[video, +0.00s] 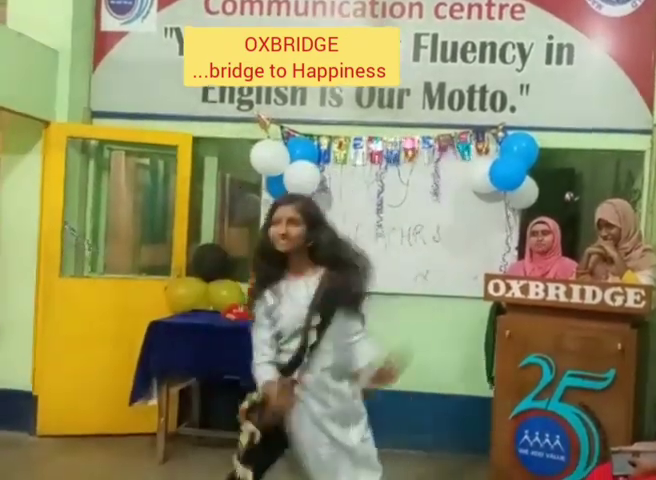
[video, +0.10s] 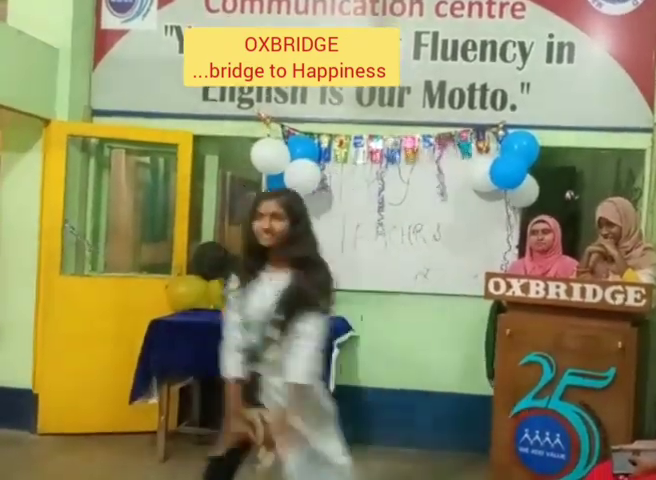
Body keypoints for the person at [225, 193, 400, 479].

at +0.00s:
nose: (283, 231)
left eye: (293, 223)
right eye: (276, 223)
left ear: (311, 230)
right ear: (268, 231)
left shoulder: (337, 281)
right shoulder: (268, 289)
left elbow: (354, 338)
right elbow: (261, 352)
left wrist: (372, 370)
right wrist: (272, 387)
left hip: (338, 399)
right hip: (290, 401)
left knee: (359, 470)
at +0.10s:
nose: (266, 226)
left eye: (276, 218)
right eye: (260, 217)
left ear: (295, 225)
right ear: (251, 223)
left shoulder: (310, 276)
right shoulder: (244, 273)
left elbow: (307, 343)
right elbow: (232, 338)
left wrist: (289, 411)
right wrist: (234, 410)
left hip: (298, 392)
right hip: (253, 392)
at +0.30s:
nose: (238, 207)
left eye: (248, 200)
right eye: (231, 198)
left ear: (267, 206)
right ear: (221, 203)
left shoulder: (281, 257)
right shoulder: (220, 248)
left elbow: (259, 323)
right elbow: (185, 297)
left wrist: (201, 350)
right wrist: (154, 341)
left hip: (261, 377)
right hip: (222, 371)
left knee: (240, 467)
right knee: (224, 461)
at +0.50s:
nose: (218, 201)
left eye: (229, 193)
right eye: (213, 192)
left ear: (250, 199)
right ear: (206, 195)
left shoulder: (265, 249)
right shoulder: (210, 242)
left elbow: (256, 310)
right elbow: (162, 273)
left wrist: (194, 333)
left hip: (238, 356)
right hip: (204, 347)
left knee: (212, 438)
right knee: (193, 431)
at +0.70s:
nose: (207, 197)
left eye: (218, 191)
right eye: (206, 190)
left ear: (241, 201)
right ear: (202, 197)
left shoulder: (263, 264)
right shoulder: (200, 250)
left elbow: (262, 339)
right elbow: (133, 235)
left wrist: (239, 402)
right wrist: (127, 181)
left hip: (236, 381)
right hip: (197, 375)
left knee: (229, 466)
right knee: (194, 462)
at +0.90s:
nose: (257, 199)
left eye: (268, 194)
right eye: (250, 193)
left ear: (282, 207)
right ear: (239, 203)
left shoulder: (291, 263)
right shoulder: (227, 249)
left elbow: (301, 329)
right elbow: (170, 205)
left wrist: (300, 393)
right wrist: (190, 172)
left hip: (277, 384)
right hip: (233, 379)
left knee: (280, 468)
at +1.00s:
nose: (277, 190)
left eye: (287, 183)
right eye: (269, 183)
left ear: (303, 193)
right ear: (260, 192)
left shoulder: (319, 248)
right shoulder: (255, 245)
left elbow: (334, 314)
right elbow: (224, 193)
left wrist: (342, 375)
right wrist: (255, 154)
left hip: (313, 370)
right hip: (267, 367)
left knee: (325, 462)